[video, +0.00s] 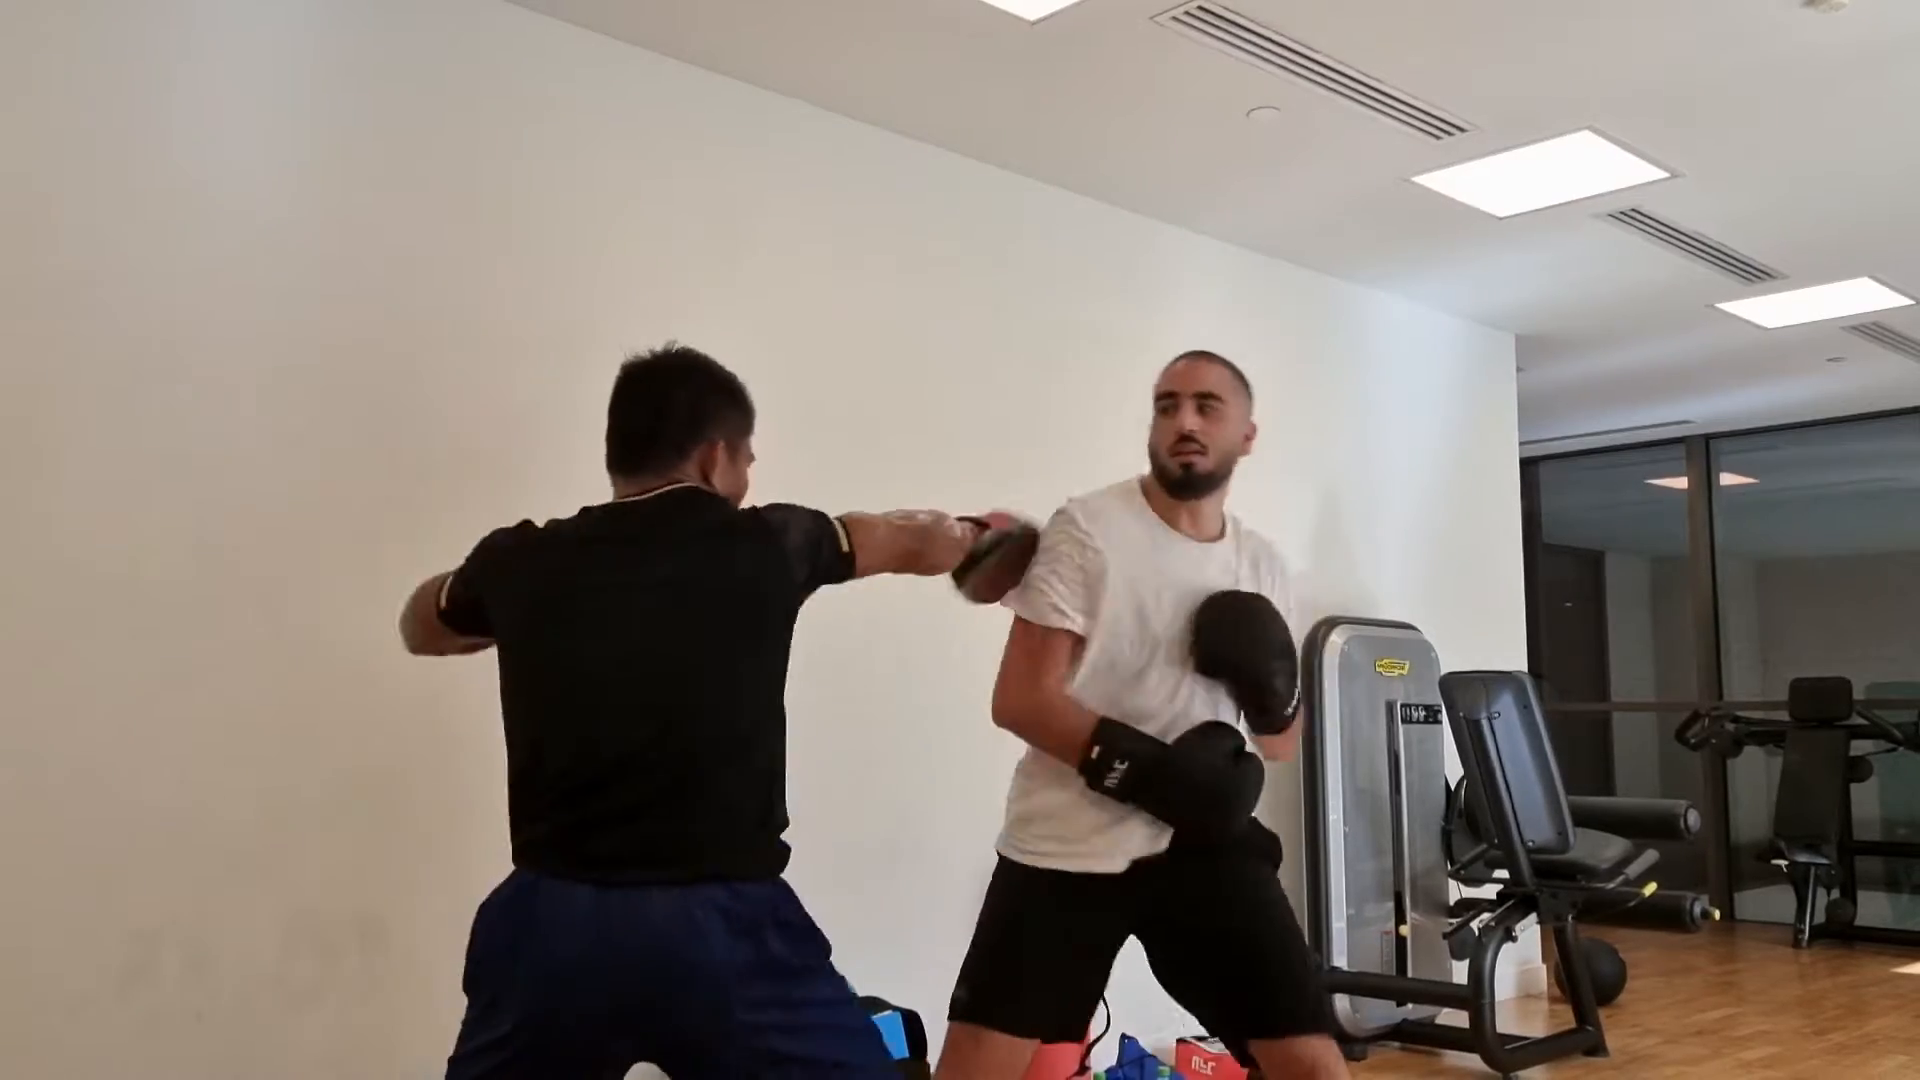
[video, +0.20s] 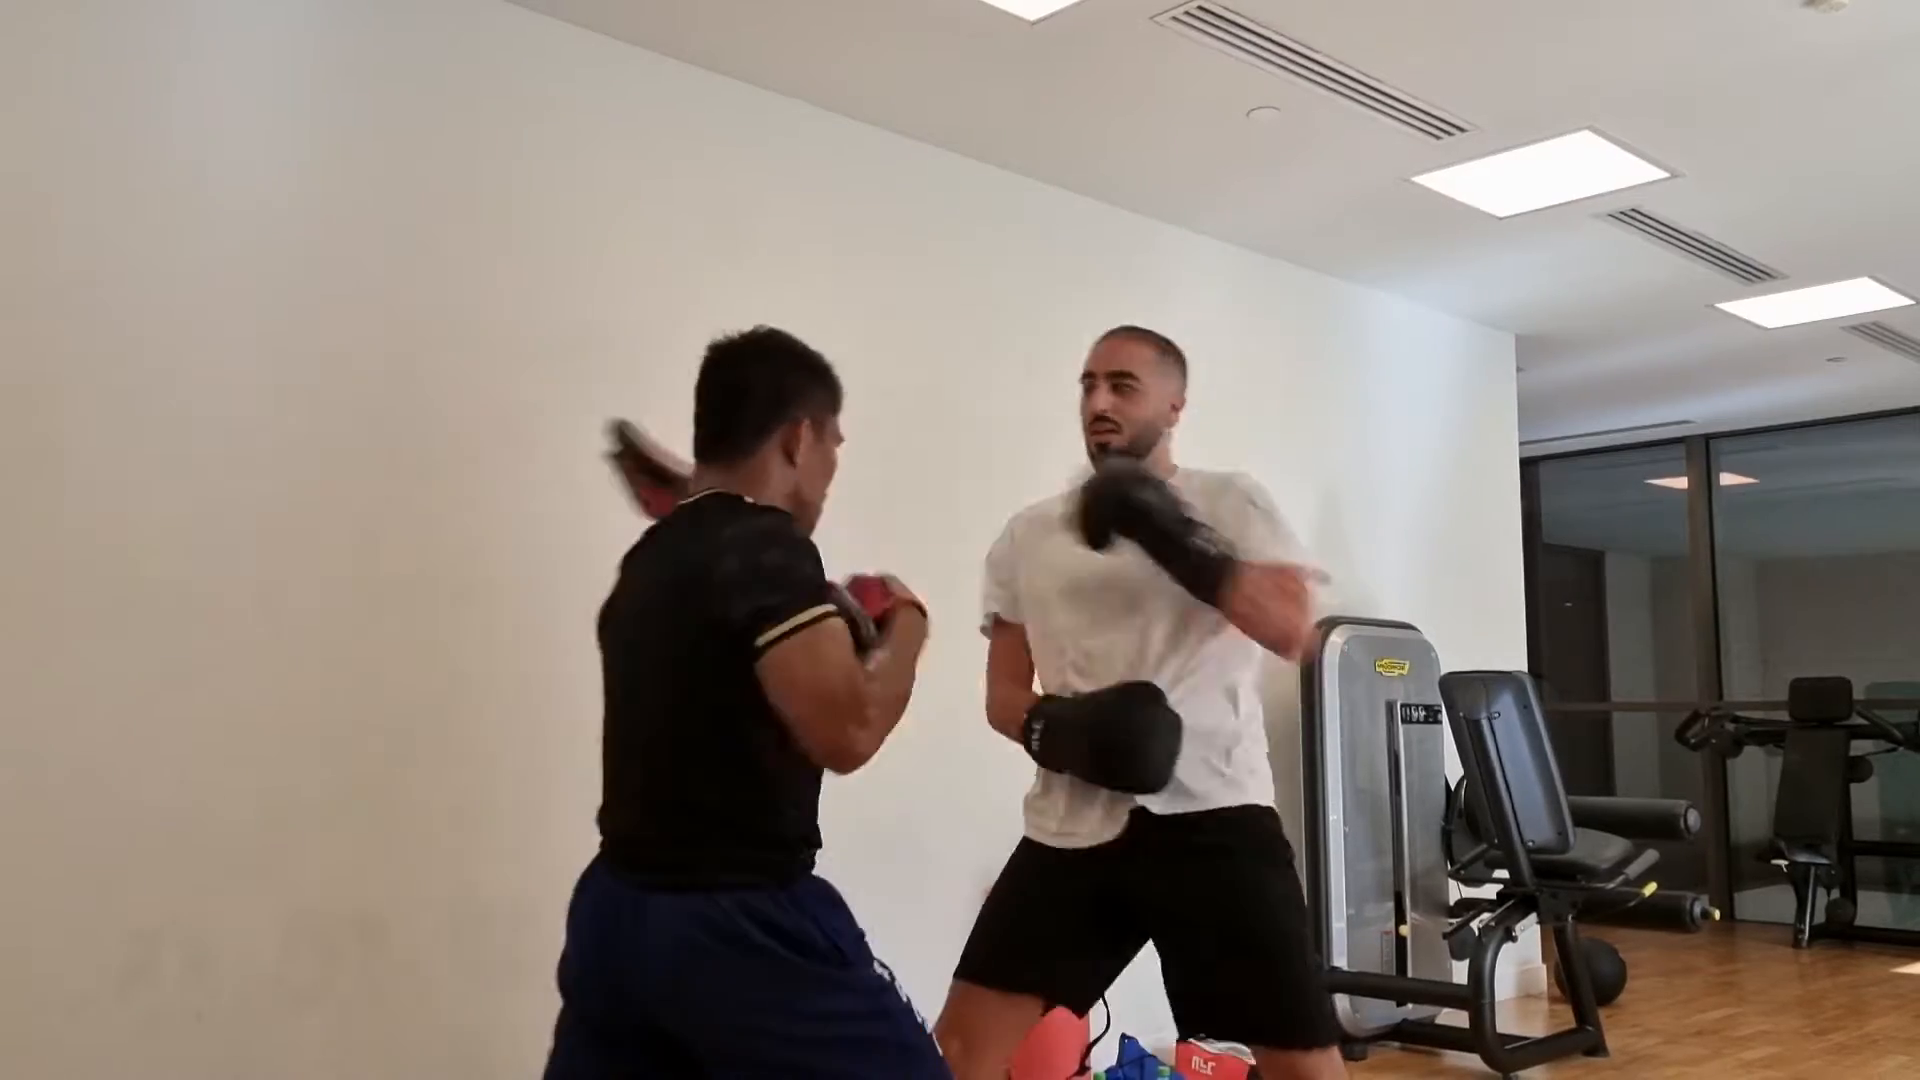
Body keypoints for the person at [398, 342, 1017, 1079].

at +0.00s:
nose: (747, 483)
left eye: (748, 461)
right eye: (746, 459)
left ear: (616, 461)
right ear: (711, 457)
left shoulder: (519, 561)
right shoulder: (768, 540)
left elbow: (421, 628)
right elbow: (917, 541)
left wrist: (498, 579)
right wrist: (977, 536)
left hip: (547, 940)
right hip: (730, 939)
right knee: (861, 1053)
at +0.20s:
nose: (834, 464)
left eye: (837, 444)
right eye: (833, 442)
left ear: (709, 434)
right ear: (796, 440)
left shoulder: (649, 559)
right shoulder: (763, 548)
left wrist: (824, 617)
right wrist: (907, 626)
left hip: (618, 921)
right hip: (750, 933)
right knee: (909, 1063)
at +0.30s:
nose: (857, 464)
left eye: (861, 443)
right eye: (858, 442)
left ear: (732, 436)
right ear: (821, 438)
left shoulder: (664, 562)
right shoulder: (791, 545)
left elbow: (788, 680)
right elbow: (915, 704)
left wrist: (871, 554)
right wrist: (1013, 646)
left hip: (626, 919)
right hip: (765, 931)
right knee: (920, 1065)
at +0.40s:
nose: (839, 464)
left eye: (838, 443)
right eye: (837, 443)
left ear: (712, 443)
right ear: (803, 442)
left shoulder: (619, 568)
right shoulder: (843, 527)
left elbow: (588, 747)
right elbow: (1031, 574)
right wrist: (1137, 557)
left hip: (606, 915)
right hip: (776, 924)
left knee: (528, 1068)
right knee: (898, 1066)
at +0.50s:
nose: (790, 484)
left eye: (792, 469)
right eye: (792, 467)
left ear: (666, 464)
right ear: (770, 462)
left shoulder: (575, 578)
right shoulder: (809, 545)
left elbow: (494, 729)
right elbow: (975, 521)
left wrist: (602, 661)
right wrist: (1084, 496)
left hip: (572, 934)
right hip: (752, 941)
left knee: (477, 1071)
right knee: (867, 1065)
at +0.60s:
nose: (731, 502)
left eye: (735, 485)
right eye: (731, 482)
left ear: (606, 471)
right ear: (697, 472)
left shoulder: (502, 582)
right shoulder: (736, 550)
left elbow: (444, 719)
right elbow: (859, 535)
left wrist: (557, 681)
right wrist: (910, 494)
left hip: (516, 955)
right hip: (698, 949)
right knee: (821, 1060)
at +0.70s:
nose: (677, 520)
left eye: (682, 501)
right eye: (676, 499)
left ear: (546, 490)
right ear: (635, 490)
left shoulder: (446, 601)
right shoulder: (681, 571)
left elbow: (406, 704)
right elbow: (849, 596)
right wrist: (778, 622)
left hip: (482, 985)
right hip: (660, 975)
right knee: (778, 1057)